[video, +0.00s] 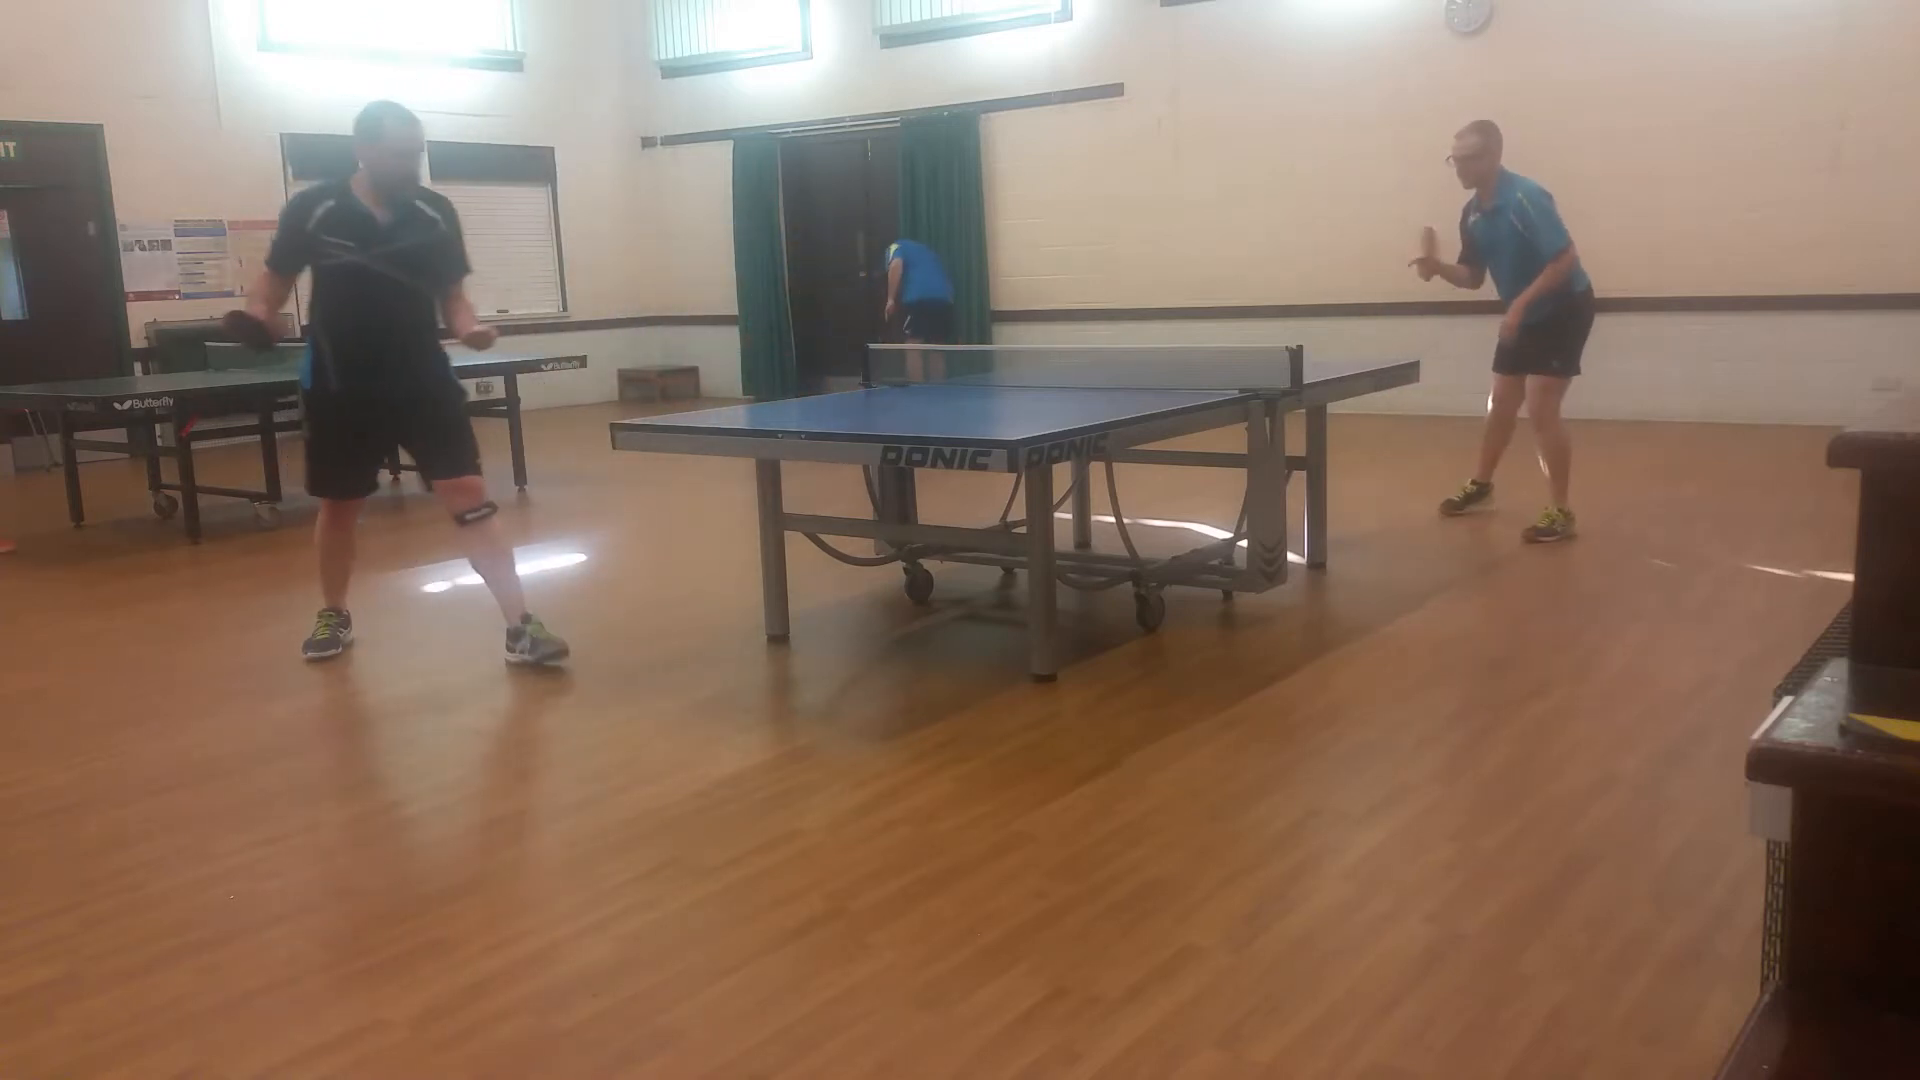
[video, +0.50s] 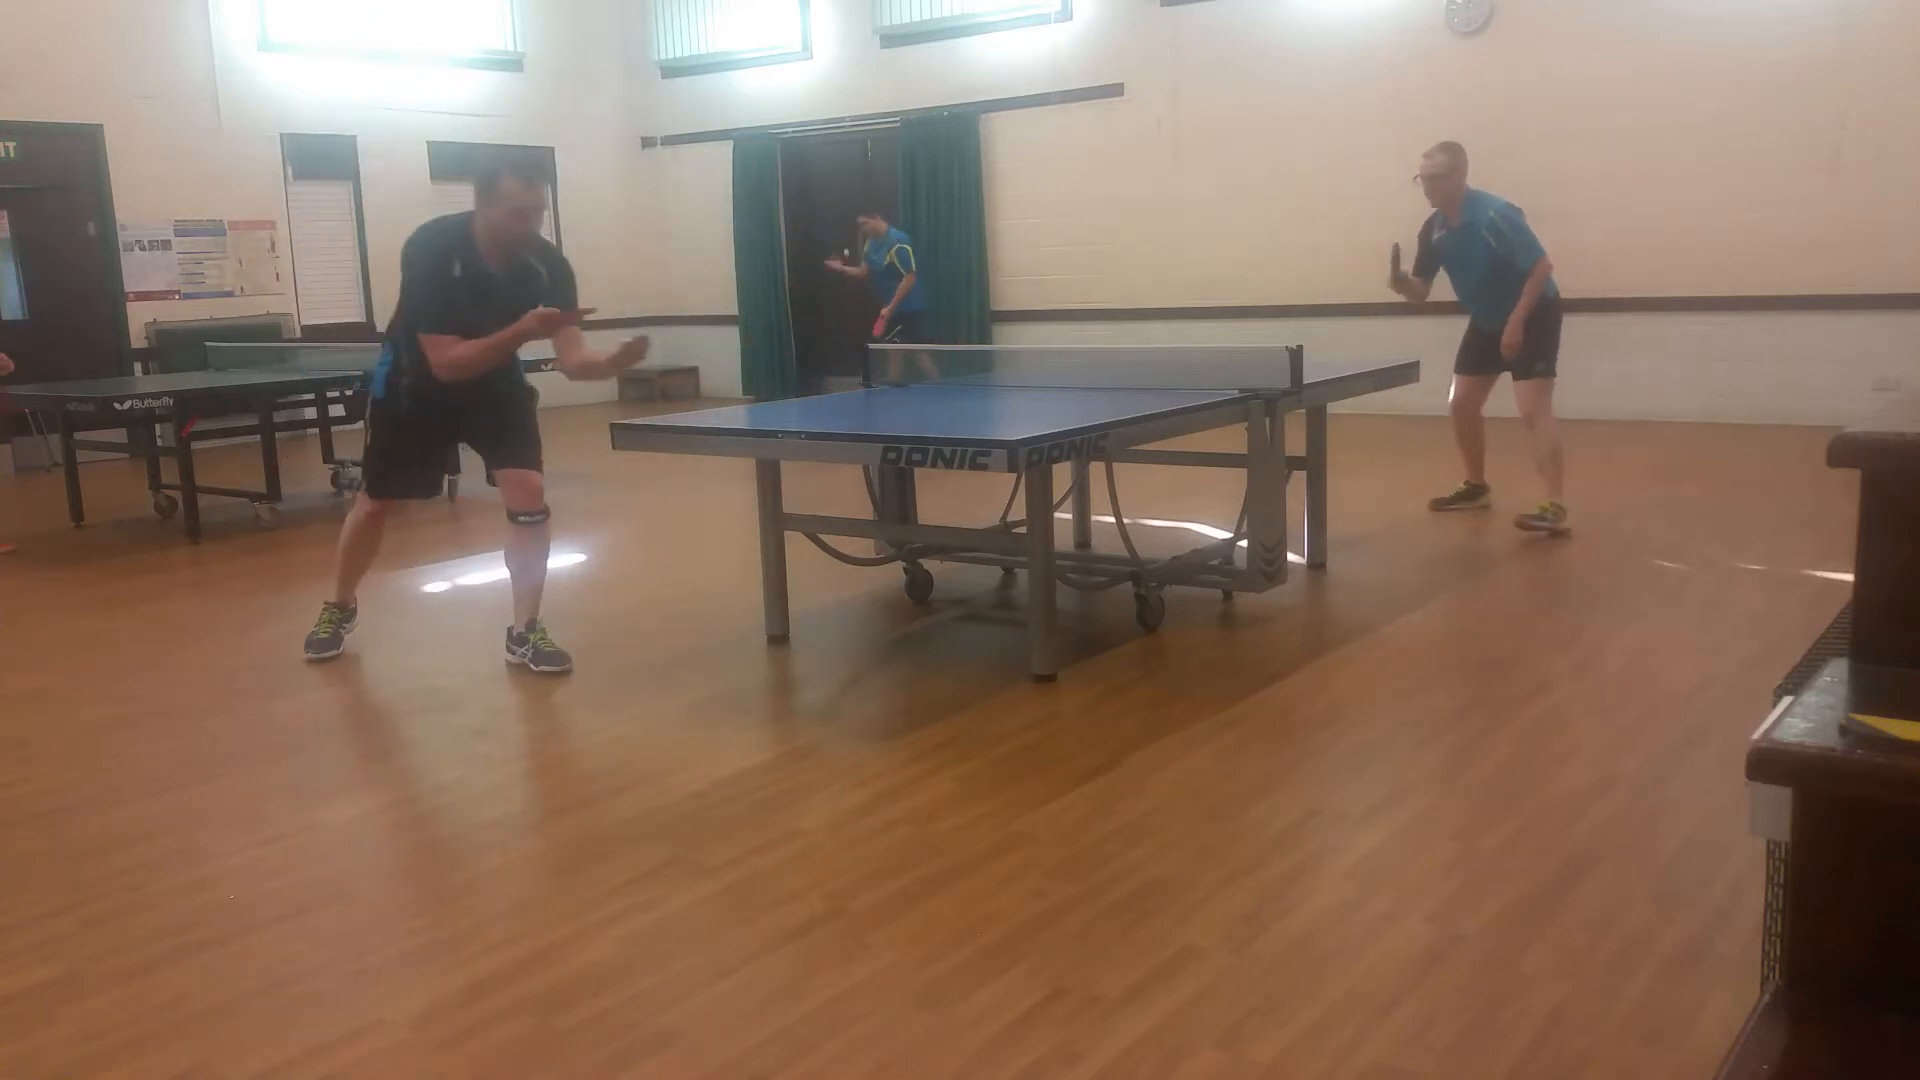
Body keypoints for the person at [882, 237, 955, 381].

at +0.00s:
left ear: (895, 245)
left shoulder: (898, 246)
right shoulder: (928, 251)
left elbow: (896, 265)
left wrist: (891, 298)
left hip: (919, 299)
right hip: (943, 300)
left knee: (914, 347)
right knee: (937, 348)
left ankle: (917, 393)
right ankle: (938, 393)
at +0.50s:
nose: (863, 229)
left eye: (864, 224)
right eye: (861, 226)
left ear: (876, 219)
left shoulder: (898, 241)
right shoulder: (871, 243)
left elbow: (910, 277)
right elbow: (862, 272)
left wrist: (890, 308)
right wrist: (841, 268)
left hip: (908, 306)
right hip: (892, 306)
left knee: (894, 350)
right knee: (916, 350)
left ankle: (893, 395)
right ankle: (940, 388)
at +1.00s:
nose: (831, 232)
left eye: (835, 227)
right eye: (830, 227)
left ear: (849, 226)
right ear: (831, 226)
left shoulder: (871, 244)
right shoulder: (831, 242)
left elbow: (875, 277)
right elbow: (831, 272)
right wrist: (833, 300)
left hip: (872, 312)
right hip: (843, 311)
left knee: (875, 355)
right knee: (836, 354)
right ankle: (835, 402)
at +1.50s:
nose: (777, 218)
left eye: (781, 213)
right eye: (775, 214)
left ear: (795, 214)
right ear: (773, 217)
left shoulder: (818, 242)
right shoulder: (775, 241)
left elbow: (837, 279)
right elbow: (769, 275)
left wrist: (850, 310)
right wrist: (762, 304)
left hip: (817, 310)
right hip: (791, 312)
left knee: (808, 359)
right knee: (808, 360)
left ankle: (820, 407)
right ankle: (821, 406)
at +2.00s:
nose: (719, 212)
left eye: (723, 207)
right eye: (717, 208)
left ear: (738, 209)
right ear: (717, 213)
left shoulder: (758, 240)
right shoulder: (720, 240)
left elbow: (769, 277)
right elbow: (724, 279)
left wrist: (761, 313)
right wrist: (725, 311)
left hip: (760, 319)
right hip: (728, 319)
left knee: (771, 368)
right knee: (718, 365)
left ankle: (784, 417)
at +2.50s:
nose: (631, 208)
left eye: (636, 203)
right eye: (630, 204)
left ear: (653, 206)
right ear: (631, 208)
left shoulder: (675, 236)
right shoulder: (633, 239)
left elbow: (690, 274)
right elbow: (633, 279)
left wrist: (655, 281)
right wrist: (624, 313)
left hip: (676, 317)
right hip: (649, 320)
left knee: (668, 372)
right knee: (662, 375)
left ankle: (682, 424)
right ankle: (677, 424)